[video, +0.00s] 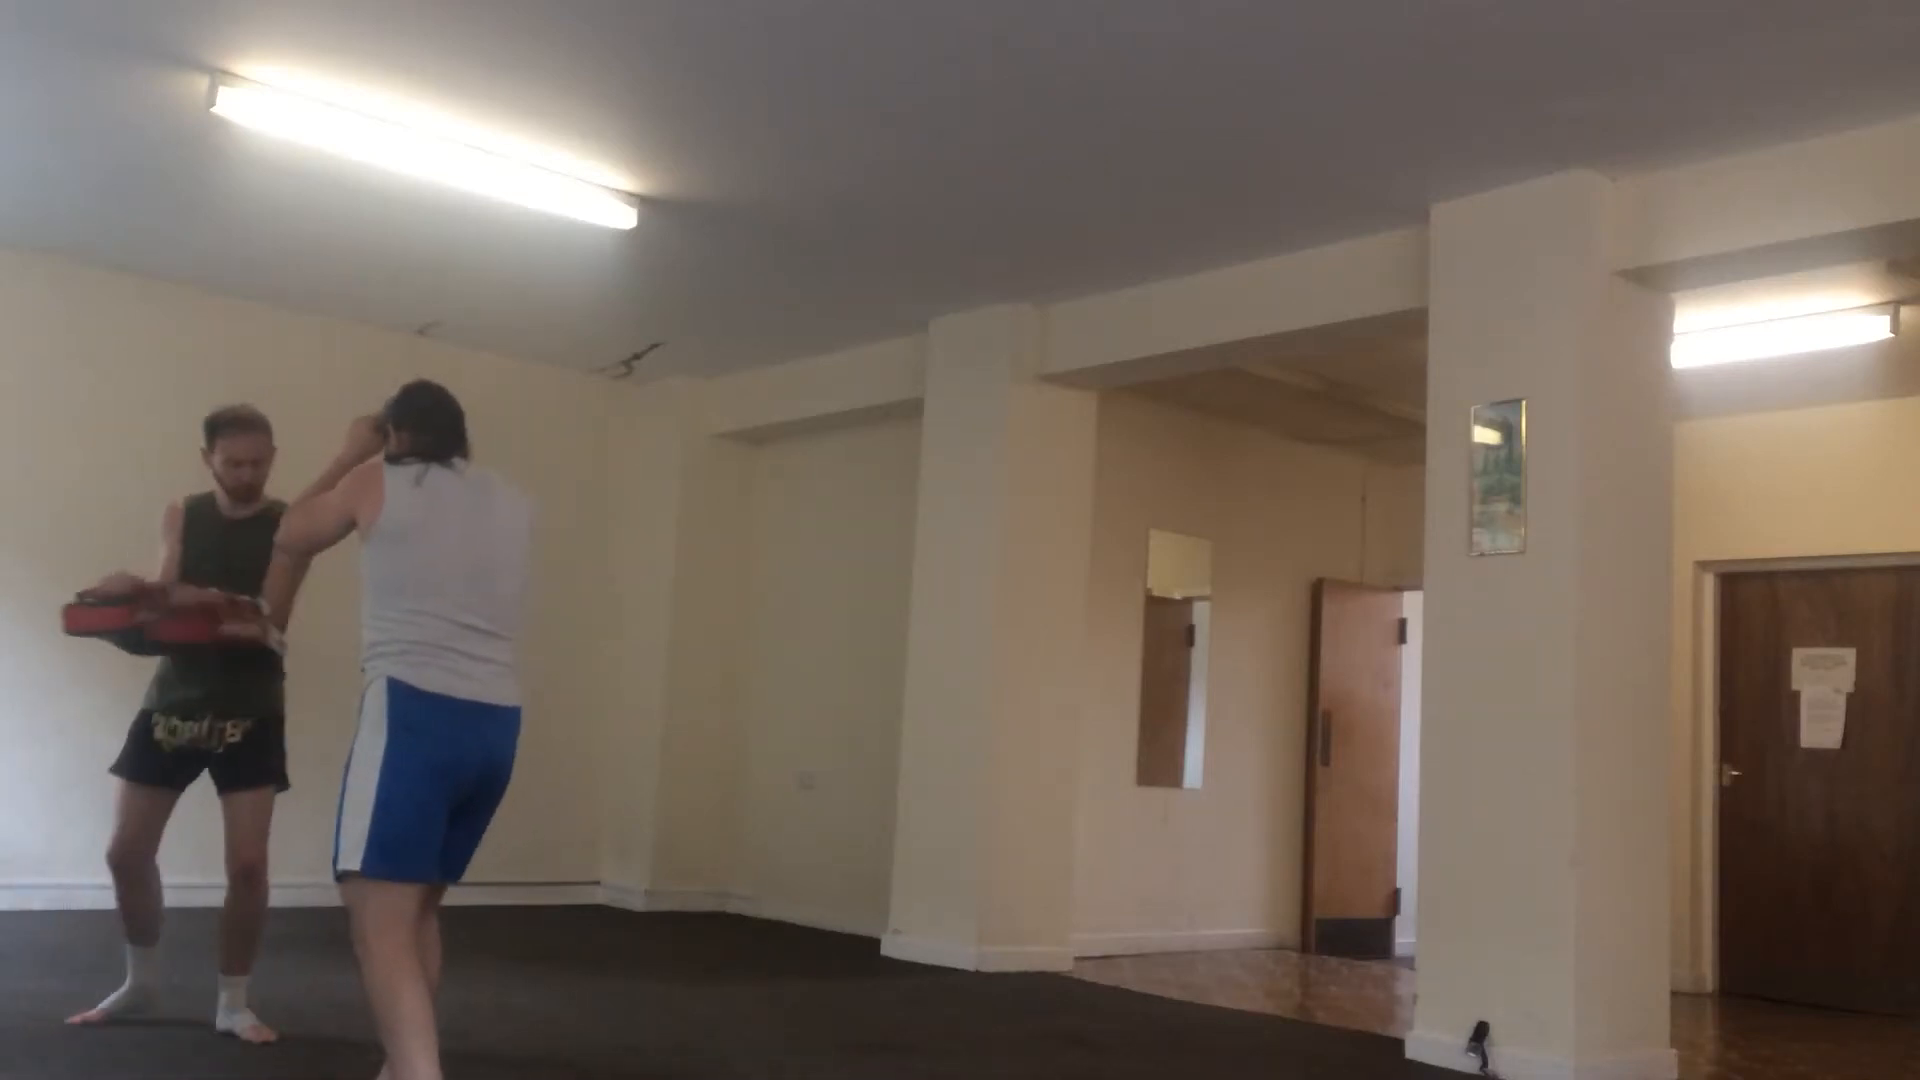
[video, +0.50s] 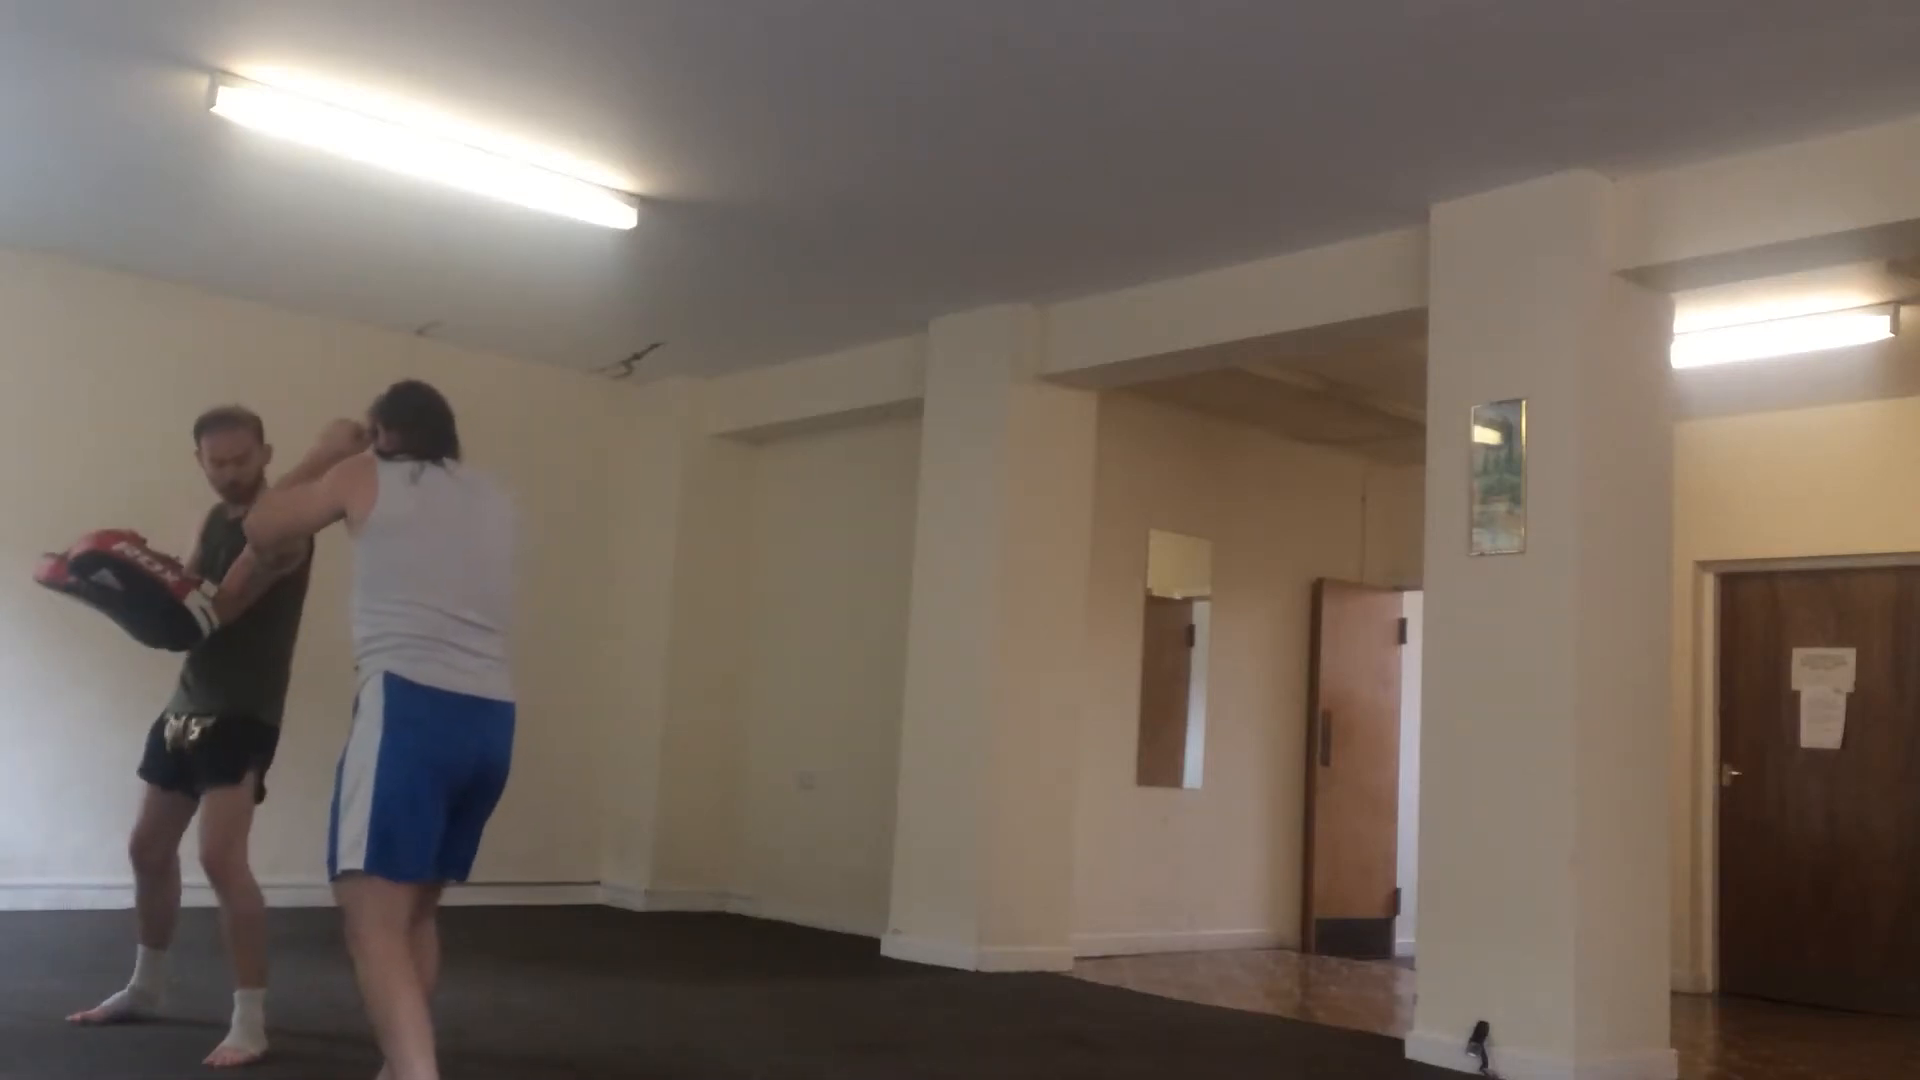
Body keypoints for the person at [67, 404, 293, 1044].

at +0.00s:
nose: (246, 475)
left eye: (257, 463)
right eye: (234, 463)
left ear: (272, 459)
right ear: (209, 459)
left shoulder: (289, 524)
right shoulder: (184, 515)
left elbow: (275, 624)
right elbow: (165, 593)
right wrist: (132, 589)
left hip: (249, 707)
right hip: (176, 700)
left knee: (248, 867)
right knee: (127, 852)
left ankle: (233, 1006)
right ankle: (140, 986)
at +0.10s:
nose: (229, 478)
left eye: (239, 465)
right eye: (216, 467)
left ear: (257, 458)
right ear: (193, 463)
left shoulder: (278, 526)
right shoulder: (175, 521)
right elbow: (169, 605)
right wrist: (117, 589)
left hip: (242, 711)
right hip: (168, 704)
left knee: (245, 858)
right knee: (133, 850)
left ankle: (245, 992)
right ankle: (143, 988)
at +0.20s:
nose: (220, 476)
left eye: (230, 463)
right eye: (208, 466)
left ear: (251, 457)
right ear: (189, 464)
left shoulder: (272, 523)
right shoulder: (180, 519)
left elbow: (226, 603)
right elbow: (164, 594)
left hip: (239, 707)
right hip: (167, 703)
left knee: (237, 852)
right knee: (137, 849)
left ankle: (256, 1003)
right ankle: (145, 988)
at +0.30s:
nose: (219, 475)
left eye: (229, 462)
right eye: (207, 465)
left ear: (251, 456)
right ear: (191, 464)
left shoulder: (271, 523)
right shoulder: (195, 519)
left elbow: (217, 609)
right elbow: (173, 599)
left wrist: (159, 572)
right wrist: (138, 578)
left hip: (235, 711)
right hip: (171, 706)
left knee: (229, 851)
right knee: (140, 848)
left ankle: (253, 1014)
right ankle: (145, 989)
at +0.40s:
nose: (221, 476)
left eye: (231, 462)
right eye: (209, 466)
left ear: (257, 454)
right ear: (197, 467)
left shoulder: (280, 527)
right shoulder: (211, 524)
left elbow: (221, 611)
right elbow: (187, 603)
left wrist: (170, 575)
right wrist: (147, 573)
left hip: (237, 716)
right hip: (180, 709)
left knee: (225, 860)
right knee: (143, 852)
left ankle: (250, 1023)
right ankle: (145, 991)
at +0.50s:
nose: (228, 476)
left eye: (239, 461)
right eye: (216, 465)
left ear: (265, 454)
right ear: (202, 465)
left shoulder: (286, 526)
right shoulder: (216, 523)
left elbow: (224, 607)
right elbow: (188, 598)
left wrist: (165, 579)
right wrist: (139, 572)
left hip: (243, 713)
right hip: (190, 704)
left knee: (223, 858)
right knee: (149, 849)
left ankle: (249, 1025)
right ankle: (145, 989)